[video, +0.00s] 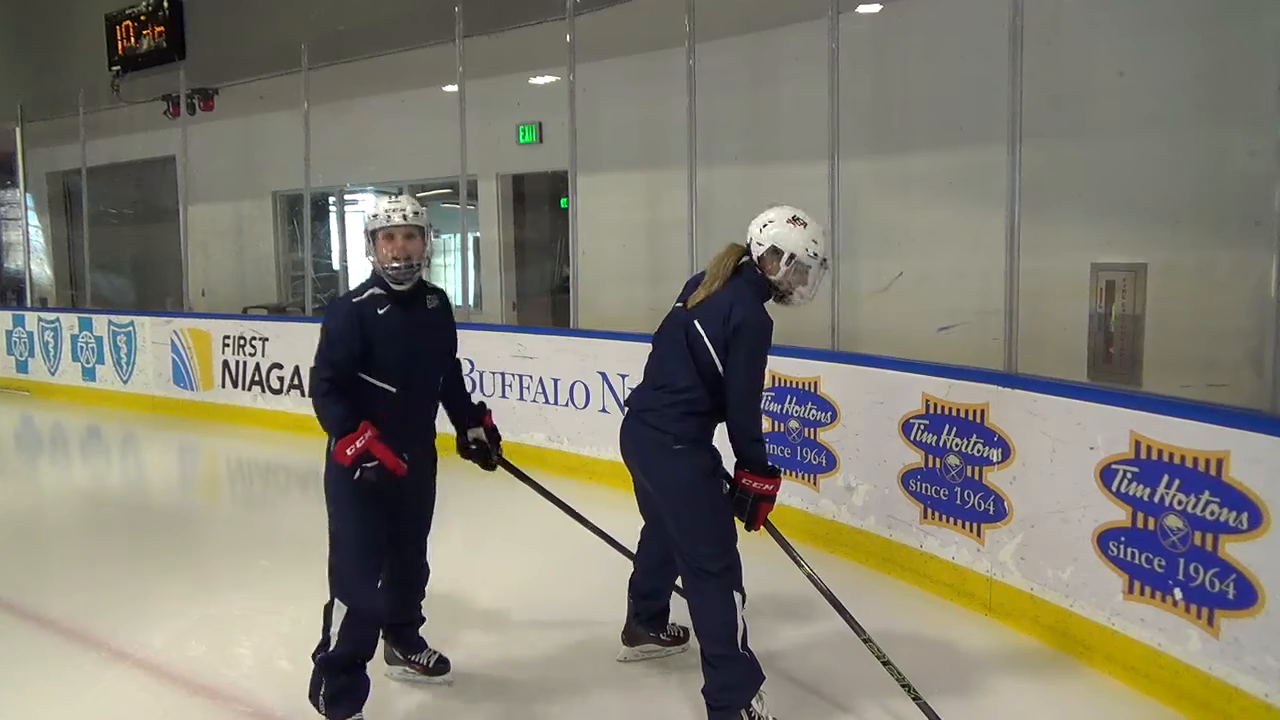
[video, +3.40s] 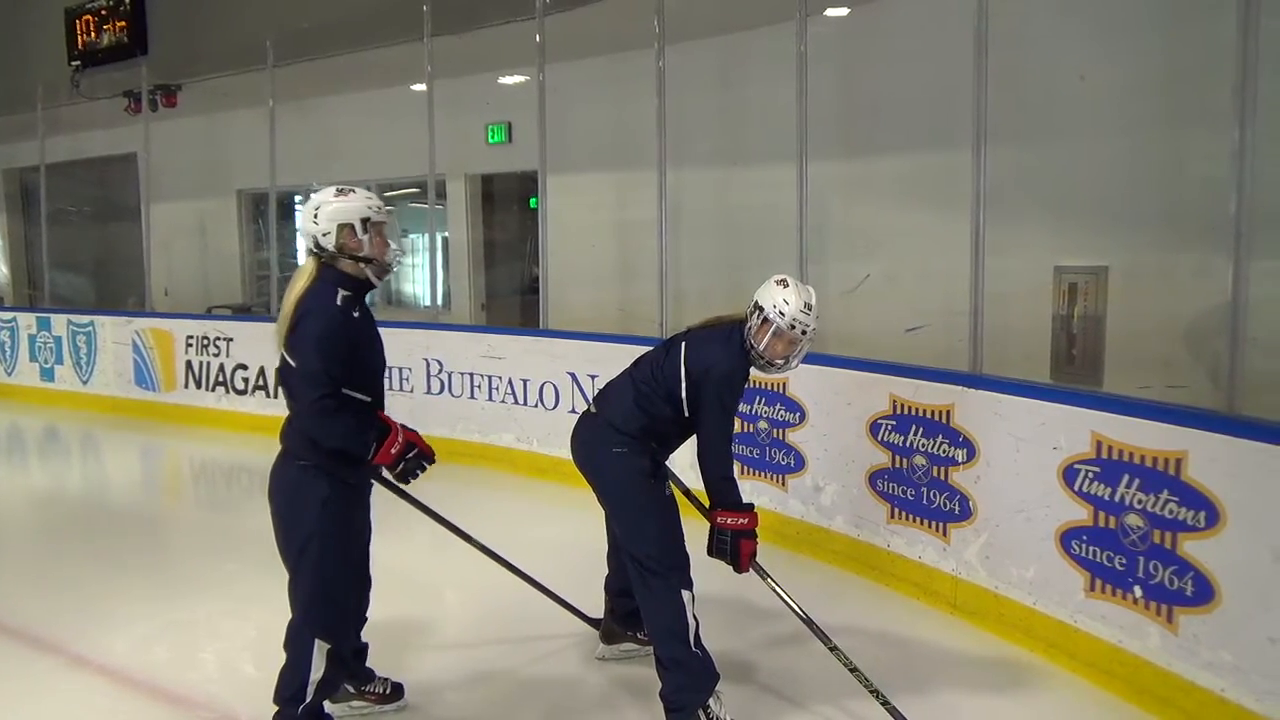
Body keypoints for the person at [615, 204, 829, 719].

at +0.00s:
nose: (803, 282)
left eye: (808, 271)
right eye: (800, 269)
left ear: (761, 254)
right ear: (774, 260)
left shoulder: (706, 281)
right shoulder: (750, 315)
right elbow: (743, 406)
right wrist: (757, 472)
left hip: (641, 434)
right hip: (679, 448)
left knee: (663, 529)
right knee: (714, 569)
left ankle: (644, 623)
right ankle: (732, 701)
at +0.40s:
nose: (801, 309)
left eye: (811, 301)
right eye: (796, 295)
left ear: (819, 300)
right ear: (771, 282)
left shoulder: (737, 306)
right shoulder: (747, 329)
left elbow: (731, 411)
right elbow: (740, 421)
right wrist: (759, 498)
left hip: (633, 433)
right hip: (662, 447)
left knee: (660, 528)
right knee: (703, 568)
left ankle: (648, 621)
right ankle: (729, 700)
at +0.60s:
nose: (800, 339)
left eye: (813, 333)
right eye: (796, 324)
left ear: (824, 338)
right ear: (778, 311)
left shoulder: (747, 330)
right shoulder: (751, 355)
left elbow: (688, 379)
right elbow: (742, 442)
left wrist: (681, 446)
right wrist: (760, 512)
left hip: (632, 434)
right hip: (653, 446)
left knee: (661, 534)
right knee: (698, 569)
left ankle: (646, 624)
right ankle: (725, 702)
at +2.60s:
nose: (781, 346)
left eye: (793, 340)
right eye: (777, 332)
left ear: (807, 343)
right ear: (759, 318)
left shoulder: (730, 340)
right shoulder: (728, 361)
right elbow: (719, 448)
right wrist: (738, 516)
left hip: (611, 434)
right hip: (624, 445)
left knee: (637, 532)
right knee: (670, 568)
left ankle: (629, 621)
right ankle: (694, 703)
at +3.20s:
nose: (777, 347)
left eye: (790, 341)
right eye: (773, 333)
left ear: (803, 343)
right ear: (756, 320)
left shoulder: (727, 340)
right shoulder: (725, 362)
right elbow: (715, 449)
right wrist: (734, 517)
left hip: (606, 434)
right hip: (620, 445)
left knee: (633, 532)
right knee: (665, 569)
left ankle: (624, 621)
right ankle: (690, 703)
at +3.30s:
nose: (776, 347)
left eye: (789, 340)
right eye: (771, 332)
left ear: (802, 343)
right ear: (755, 319)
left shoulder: (726, 340)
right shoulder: (724, 362)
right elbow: (714, 449)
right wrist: (733, 517)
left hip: (607, 434)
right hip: (619, 445)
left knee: (632, 533)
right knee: (665, 569)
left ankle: (624, 623)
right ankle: (690, 703)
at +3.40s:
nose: (775, 347)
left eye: (788, 340)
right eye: (770, 332)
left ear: (802, 343)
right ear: (754, 319)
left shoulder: (726, 340)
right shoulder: (724, 363)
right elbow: (714, 448)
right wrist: (733, 517)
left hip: (605, 434)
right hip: (620, 445)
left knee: (631, 533)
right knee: (665, 570)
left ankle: (623, 623)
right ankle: (690, 703)